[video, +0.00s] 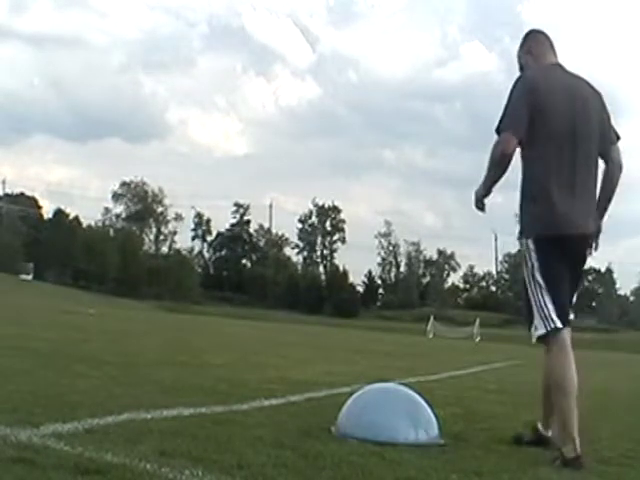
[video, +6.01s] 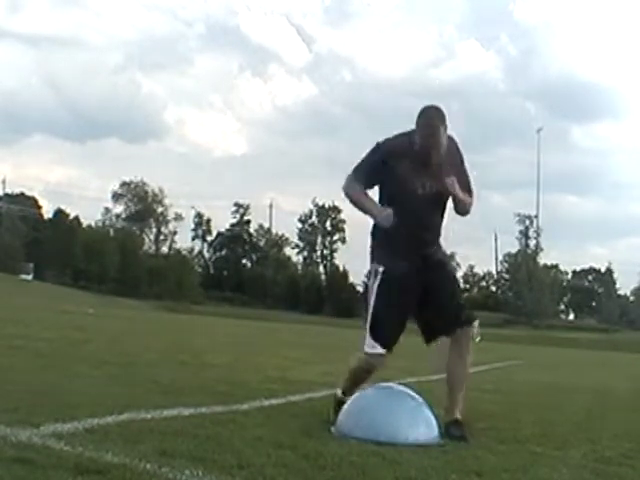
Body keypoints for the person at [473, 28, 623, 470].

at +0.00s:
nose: (523, 68)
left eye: (522, 61)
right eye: (523, 62)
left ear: (529, 52)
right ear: (554, 51)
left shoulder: (530, 82)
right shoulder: (590, 92)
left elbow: (506, 146)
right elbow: (616, 162)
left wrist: (485, 188)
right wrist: (598, 215)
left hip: (544, 224)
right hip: (583, 225)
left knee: (557, 335)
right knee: (555, 331)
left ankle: (571, 448)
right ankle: (548, 428)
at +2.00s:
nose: (402, 88)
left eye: (407, 81)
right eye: (397, 83)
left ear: (422, 76)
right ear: (392, 81)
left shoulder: (442, 109)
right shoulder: (384, 112)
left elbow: (455, 160)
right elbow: (365, 166)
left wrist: (422, 121)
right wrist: (379, 123)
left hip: (428, 237)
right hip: (386, 235)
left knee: (435, 332)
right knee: (365, 324)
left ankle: (444, 418)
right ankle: (347, 403)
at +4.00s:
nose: (414, 96)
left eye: (418, 88)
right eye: (408, 90)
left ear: (431, 84)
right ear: (401, 88)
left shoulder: (450, 115)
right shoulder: (391, 115)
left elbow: (466, 168)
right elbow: (362, 159)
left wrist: (441, 124)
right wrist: (383, 120)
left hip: (432, 241)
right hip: (389, 238)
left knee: (443, 333)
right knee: (373, 329)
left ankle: (456, 417)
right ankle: (360, 408)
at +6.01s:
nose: (431, 150)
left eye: (436, 143)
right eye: (425, 143)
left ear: (445, 135)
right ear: (416, 133)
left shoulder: (450, 151)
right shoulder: (391, 150)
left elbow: (466, 207)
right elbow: (352, 188)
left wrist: (457, 194)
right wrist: (376, 211)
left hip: (431, 257)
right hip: (391, 258)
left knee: (463, 330)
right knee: (374, 357)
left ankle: (454, 419)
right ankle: (343, 398)